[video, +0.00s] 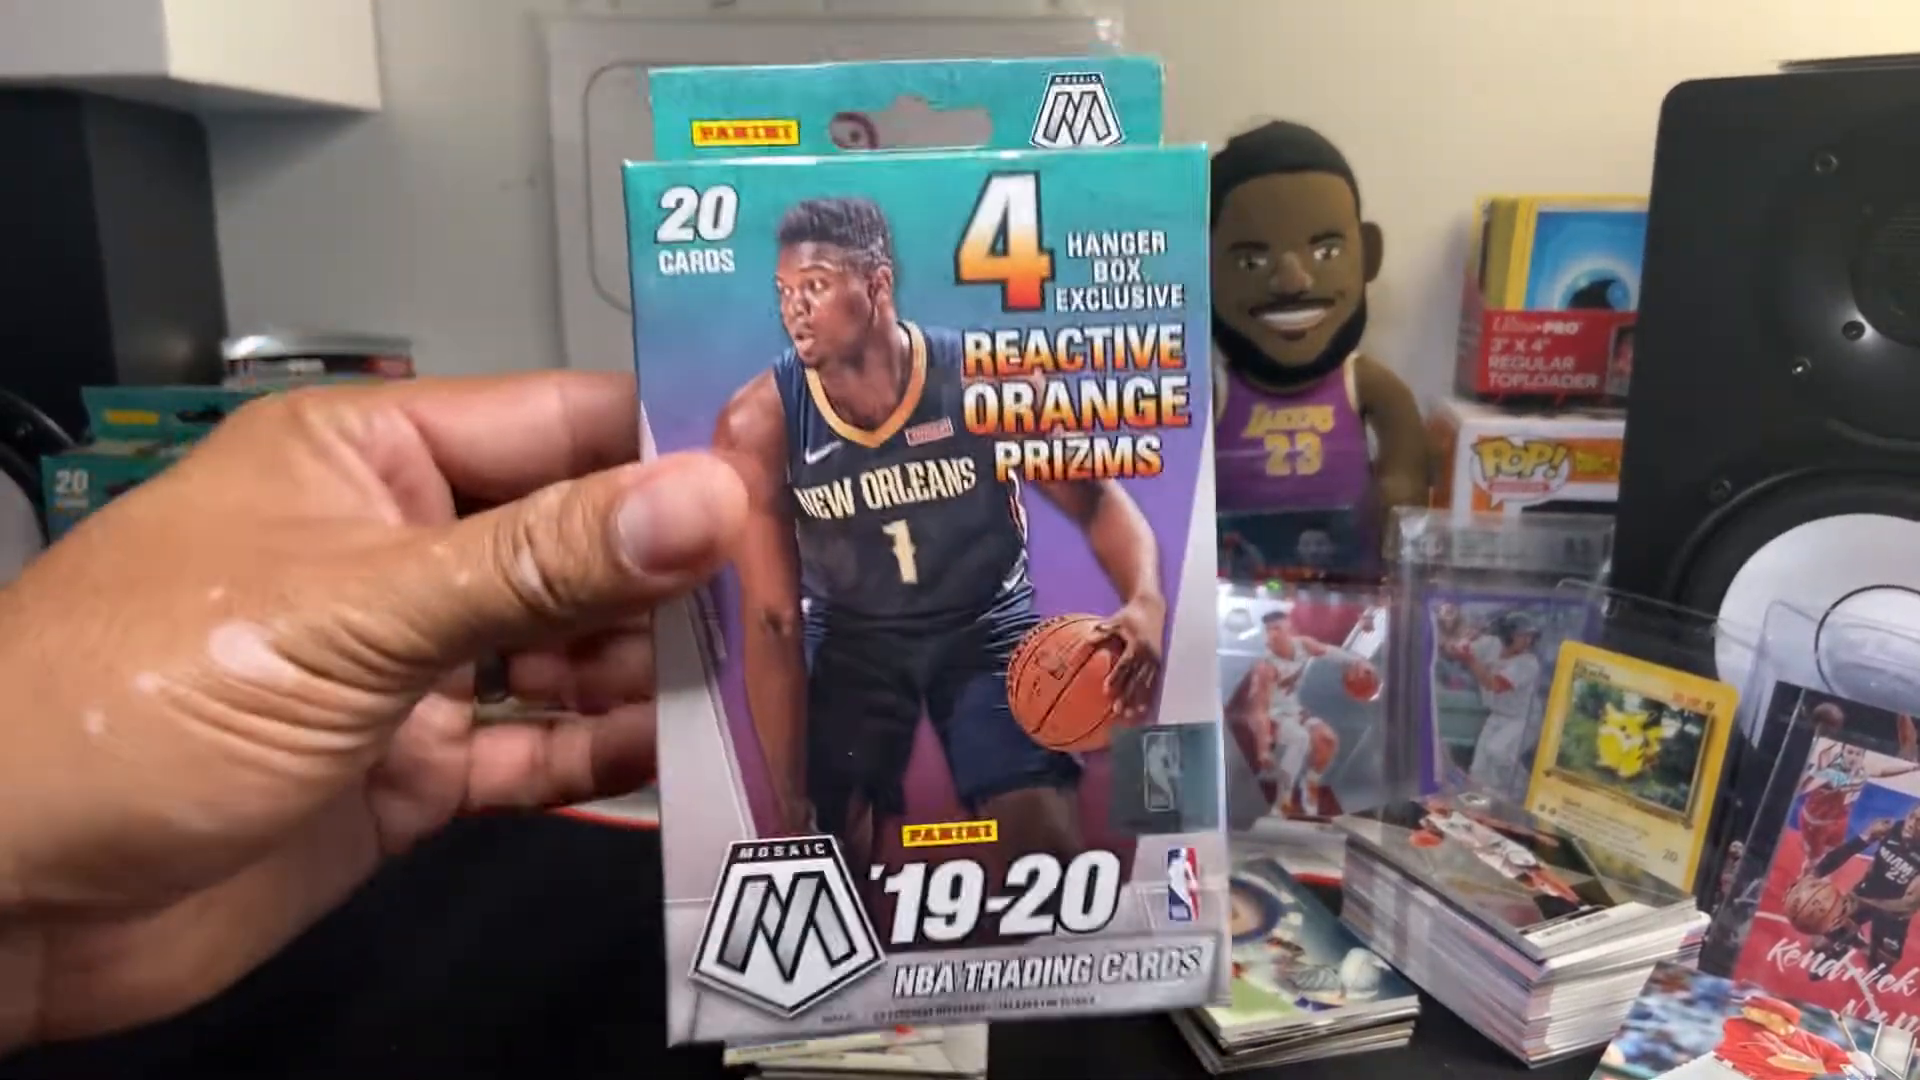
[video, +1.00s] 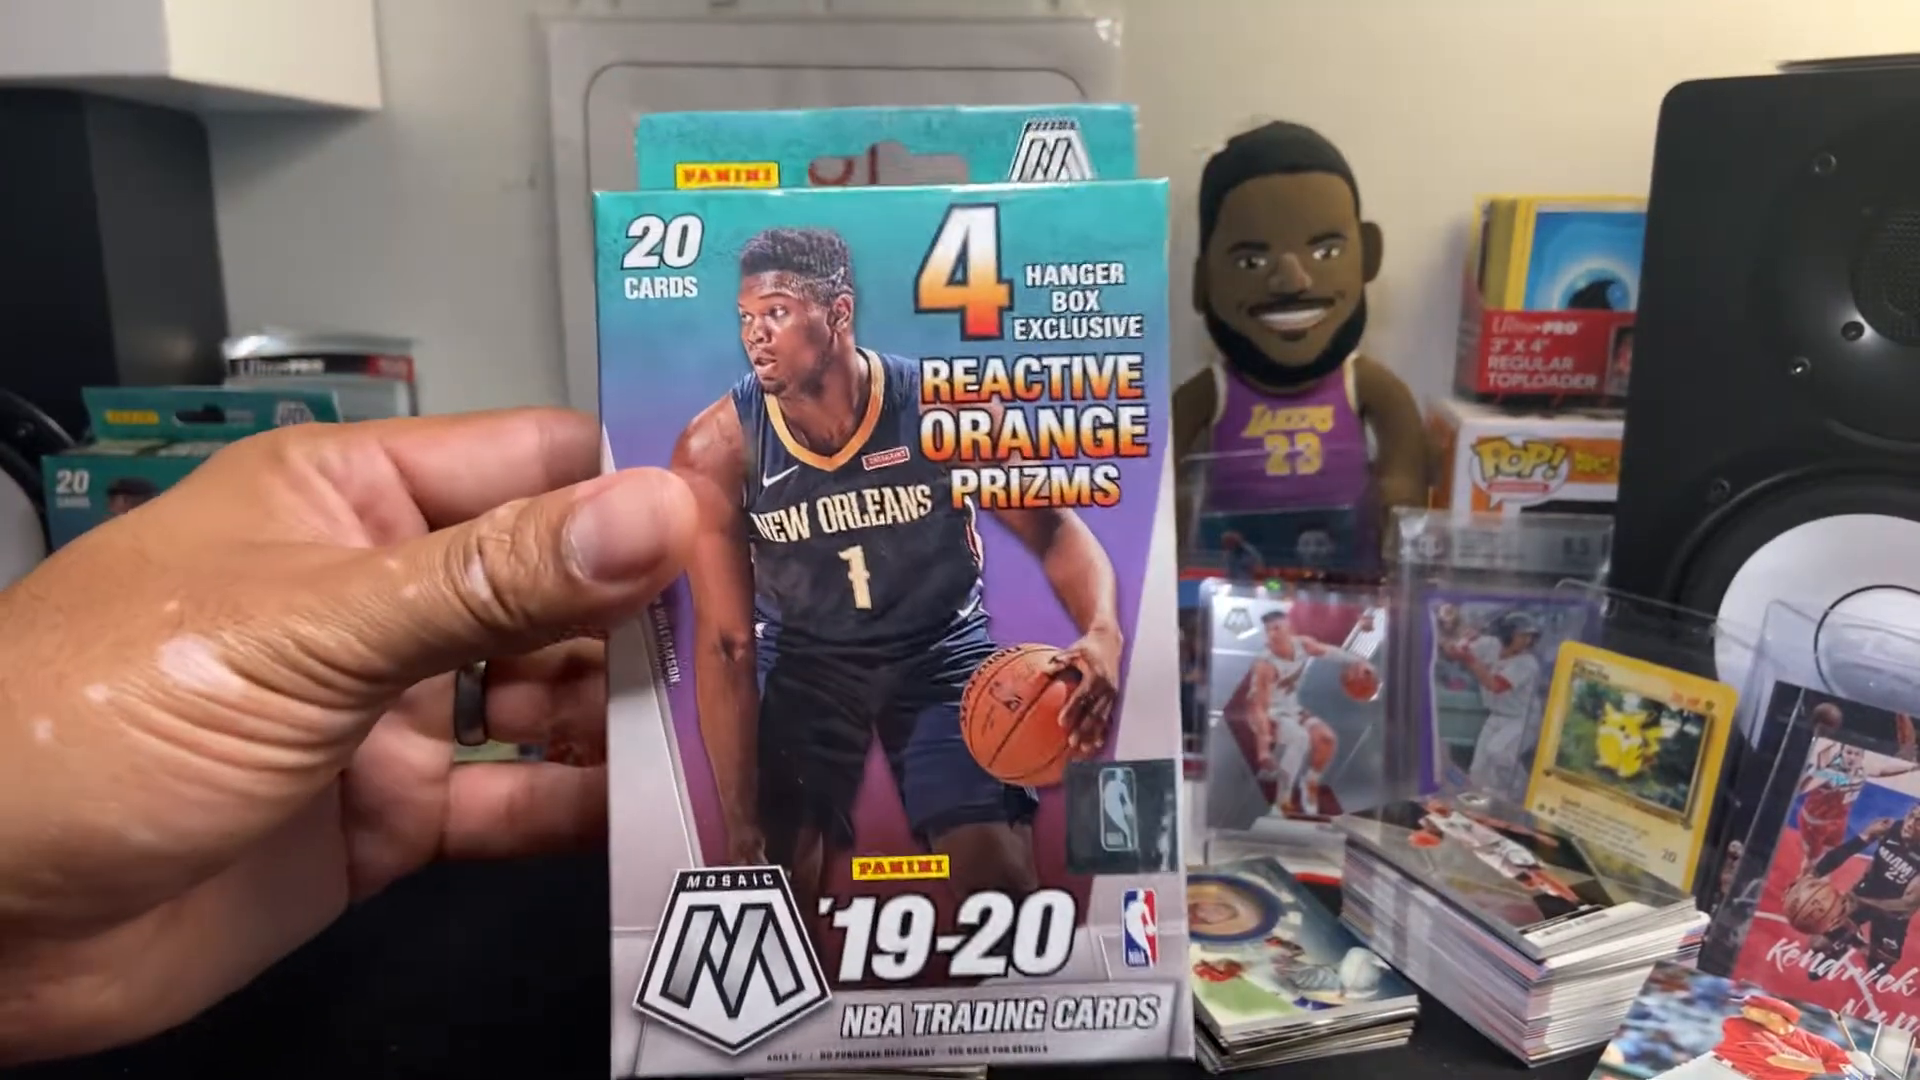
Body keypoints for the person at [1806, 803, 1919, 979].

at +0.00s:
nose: (1912, 824)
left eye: (1918, 822)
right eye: (1912, 817)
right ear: (1907, 815)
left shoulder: (1918, 857)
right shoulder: (1888, 830)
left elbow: (1909, 904)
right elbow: (1847, 850)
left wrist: (1861, 903)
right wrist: (1814, 874)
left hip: (1896, 910)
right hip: (1865, 895)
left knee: (1880, 967)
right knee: (1820, 945)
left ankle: (1856, 940)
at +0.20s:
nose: (1912, 824)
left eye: (1918, 822)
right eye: (1912, 817)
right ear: (1907, 815)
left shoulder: (1918, 858)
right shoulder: (1888, 829)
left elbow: (1909, 905)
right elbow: (1847, 850)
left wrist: (1862, 903)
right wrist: (1815, 873)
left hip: (1895, 909)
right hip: (1865, 894)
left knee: (1881, 966)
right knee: (1820, 945)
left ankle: (1854, 940)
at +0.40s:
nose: (1911, 824)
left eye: (1917, 822)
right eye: (1911, 817)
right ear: (1906, 815)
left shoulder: (1917, 858)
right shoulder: (1887, 830)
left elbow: (1908, 905)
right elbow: (1846, 851)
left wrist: (1860, 903)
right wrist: (1814, 873)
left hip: (1895, 906)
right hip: (1865, 892)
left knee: (1880, 965)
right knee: (1820, 945)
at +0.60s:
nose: (1911, 824)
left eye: (1918, 822)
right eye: (1911, 816)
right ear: (1906, 814)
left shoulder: (1918, 860)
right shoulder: (1886, 828)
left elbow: (1907, 905)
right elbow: (1846, 850)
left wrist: (1860, 904)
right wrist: (1814, 873)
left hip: (1894, 912)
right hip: (1863, 896)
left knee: (1877, 971)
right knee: (1817, 946)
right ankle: (1840, 948)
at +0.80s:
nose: (1910, 824)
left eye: (1918, 822)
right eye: (1911, 816)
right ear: (1906, 814)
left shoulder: (1918, 859)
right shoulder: (1887, 828)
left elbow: (1907, 904)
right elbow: (1845, 850)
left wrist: (1860, 903)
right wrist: (1813, 874)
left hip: (1894, 911)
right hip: (1863, 896)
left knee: (1878, 970)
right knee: (1817, 946)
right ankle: (1842, 945)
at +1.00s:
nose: (1911, 824)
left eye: (1918, 822)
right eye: (1911, 816)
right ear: (1906, 814)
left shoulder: (1918, 859)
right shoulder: (1887, 829)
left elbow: (1907, 905)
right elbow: (1845, 851)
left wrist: (1860, 903)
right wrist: (1814, 874)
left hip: (1895, 911)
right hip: (1863, 896)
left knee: (1878, 970)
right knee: (1818, 946)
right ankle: (1843, 945)